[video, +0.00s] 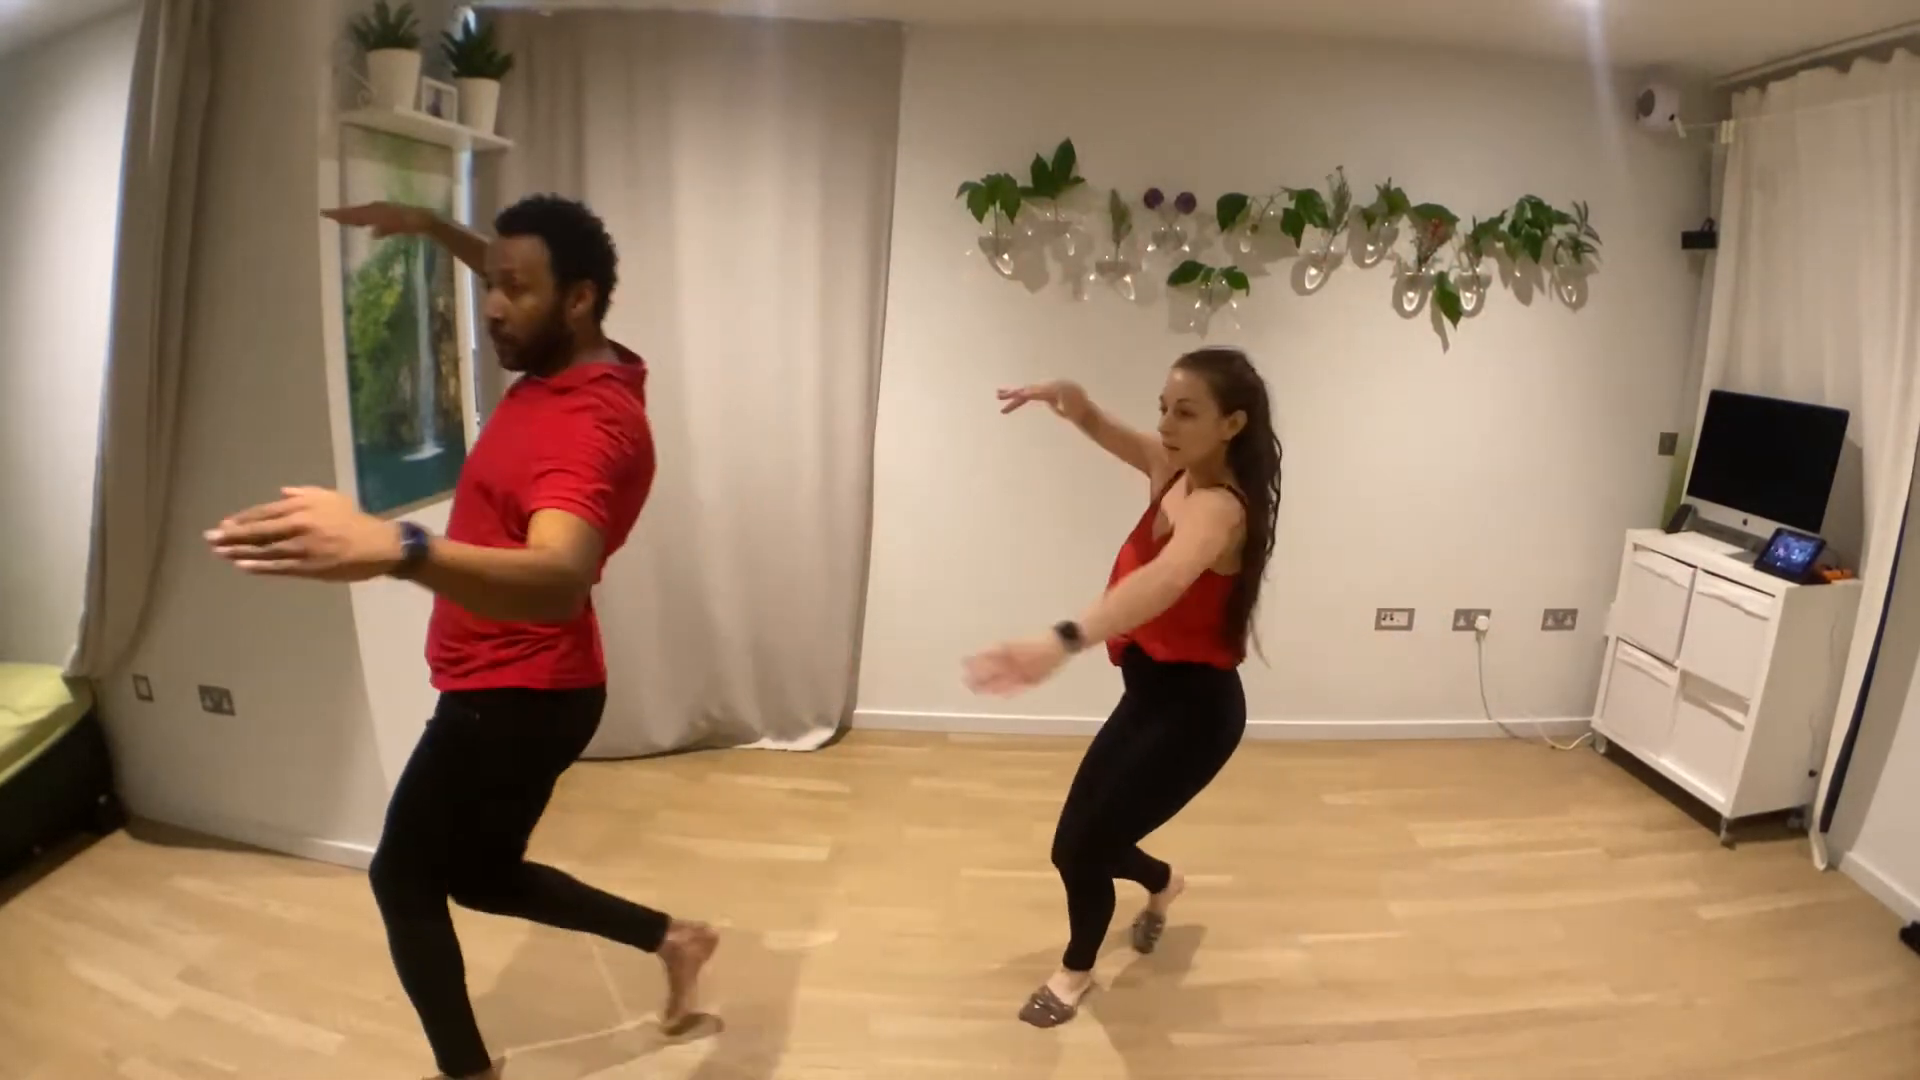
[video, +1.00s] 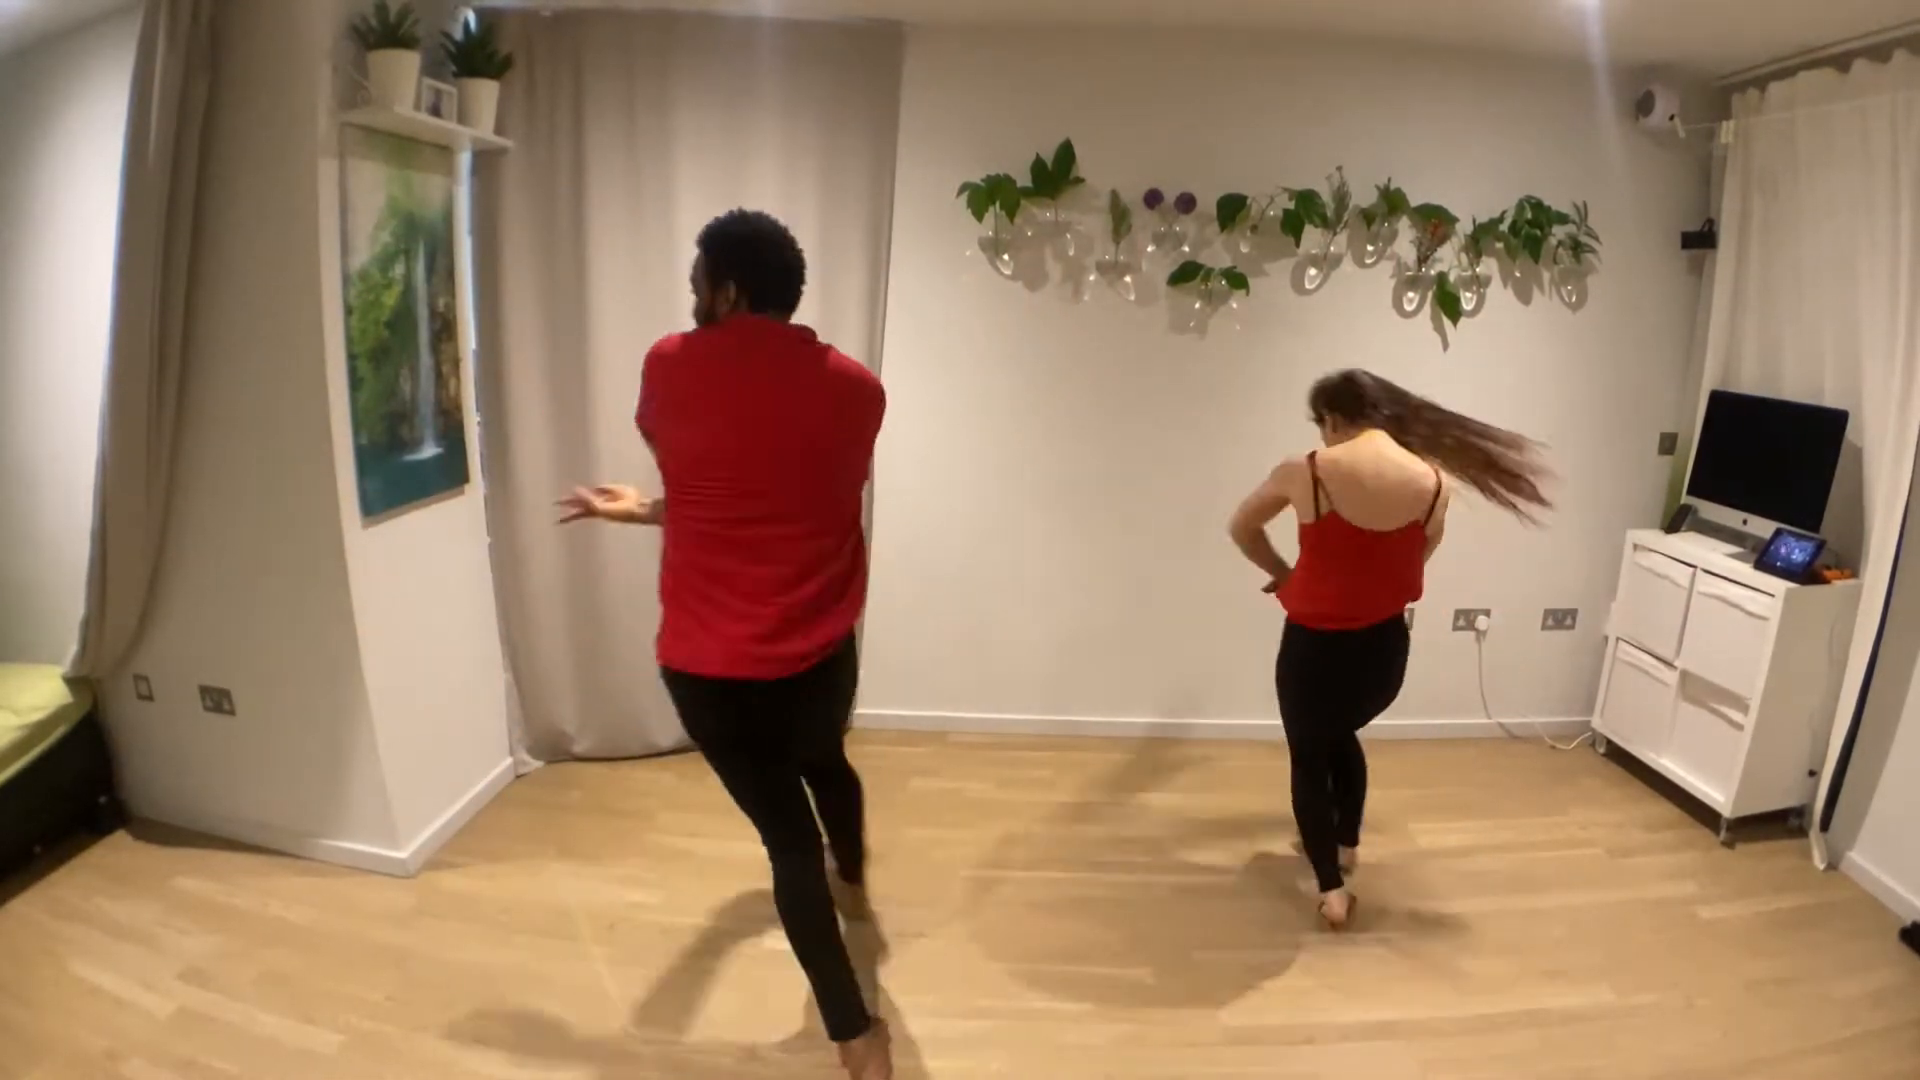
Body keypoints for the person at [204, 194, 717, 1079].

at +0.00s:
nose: (494, 308)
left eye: (516, 288)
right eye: (492, 286)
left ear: (581, 301)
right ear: (572, 302)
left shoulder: (591, 420)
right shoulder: (572, 364)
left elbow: (561, 580)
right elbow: (510, 270)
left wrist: (401, 549)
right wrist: (428, 225)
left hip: (514, 692)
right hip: (529, 681)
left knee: (404, 876)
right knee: (479, 873)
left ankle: (467, 1069)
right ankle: (671, 938)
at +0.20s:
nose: (437, 286)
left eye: (460, 262)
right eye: (428, 264)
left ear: (519, 266)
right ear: (426, 266)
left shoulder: (582, 373)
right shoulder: (490, 357)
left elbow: (706, 522)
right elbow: (443, 309)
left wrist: (608, 510)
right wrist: (411, 257)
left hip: (581, 670)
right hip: (527, 668)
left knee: (472, 871)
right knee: (516, 856)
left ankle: (471, 1068)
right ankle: (629, 973)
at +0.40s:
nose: (435, 355)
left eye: (456, 328)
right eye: (420, 334)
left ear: (511, 316)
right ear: (411, 331)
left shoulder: (592, 355)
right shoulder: (463, 441)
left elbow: (612, 493)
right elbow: (344, 572)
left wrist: (436, 503)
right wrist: (203, 527)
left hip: (696, 633)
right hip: (606, 636)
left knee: (596, 837)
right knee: (559, 830)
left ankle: (714, 990)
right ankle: (639, 980)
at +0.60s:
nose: (522, 407)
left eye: (541, 381)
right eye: (498, 390)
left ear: (582, 353)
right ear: (477, 380)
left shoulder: (641, 350)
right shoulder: (519, 502)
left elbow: (645, 503)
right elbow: (645, 591)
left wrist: (512, 630)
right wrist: (760, 646)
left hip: (731, 630)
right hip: (625, 645)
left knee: (810, 826)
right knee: (585, 856)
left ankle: (783, 1024)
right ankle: (626, 974)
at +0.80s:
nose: (819, 340)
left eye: (817, 321)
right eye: (809, 324)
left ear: (741, 323)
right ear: (760, 335)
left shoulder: (685, 360)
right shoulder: (725, 464)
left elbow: (830, 455)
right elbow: (790, 549)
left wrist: (910, 564)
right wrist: (840, 490)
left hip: (678, 643)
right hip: (685, 664)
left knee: (805, 815)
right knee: (847, 815)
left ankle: (794, 1025)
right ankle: (706, 994)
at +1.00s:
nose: (693, 300)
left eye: (699, 286)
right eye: (696, 285)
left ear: (725, 292)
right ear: (792, 294)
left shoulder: (672, 365)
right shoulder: (854, 387)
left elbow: (680, 479)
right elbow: (785, 490)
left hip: (707, 669)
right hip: (822, 660)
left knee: (785, 839)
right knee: (826, 762)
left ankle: (857, 1041)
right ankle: (851, 881)